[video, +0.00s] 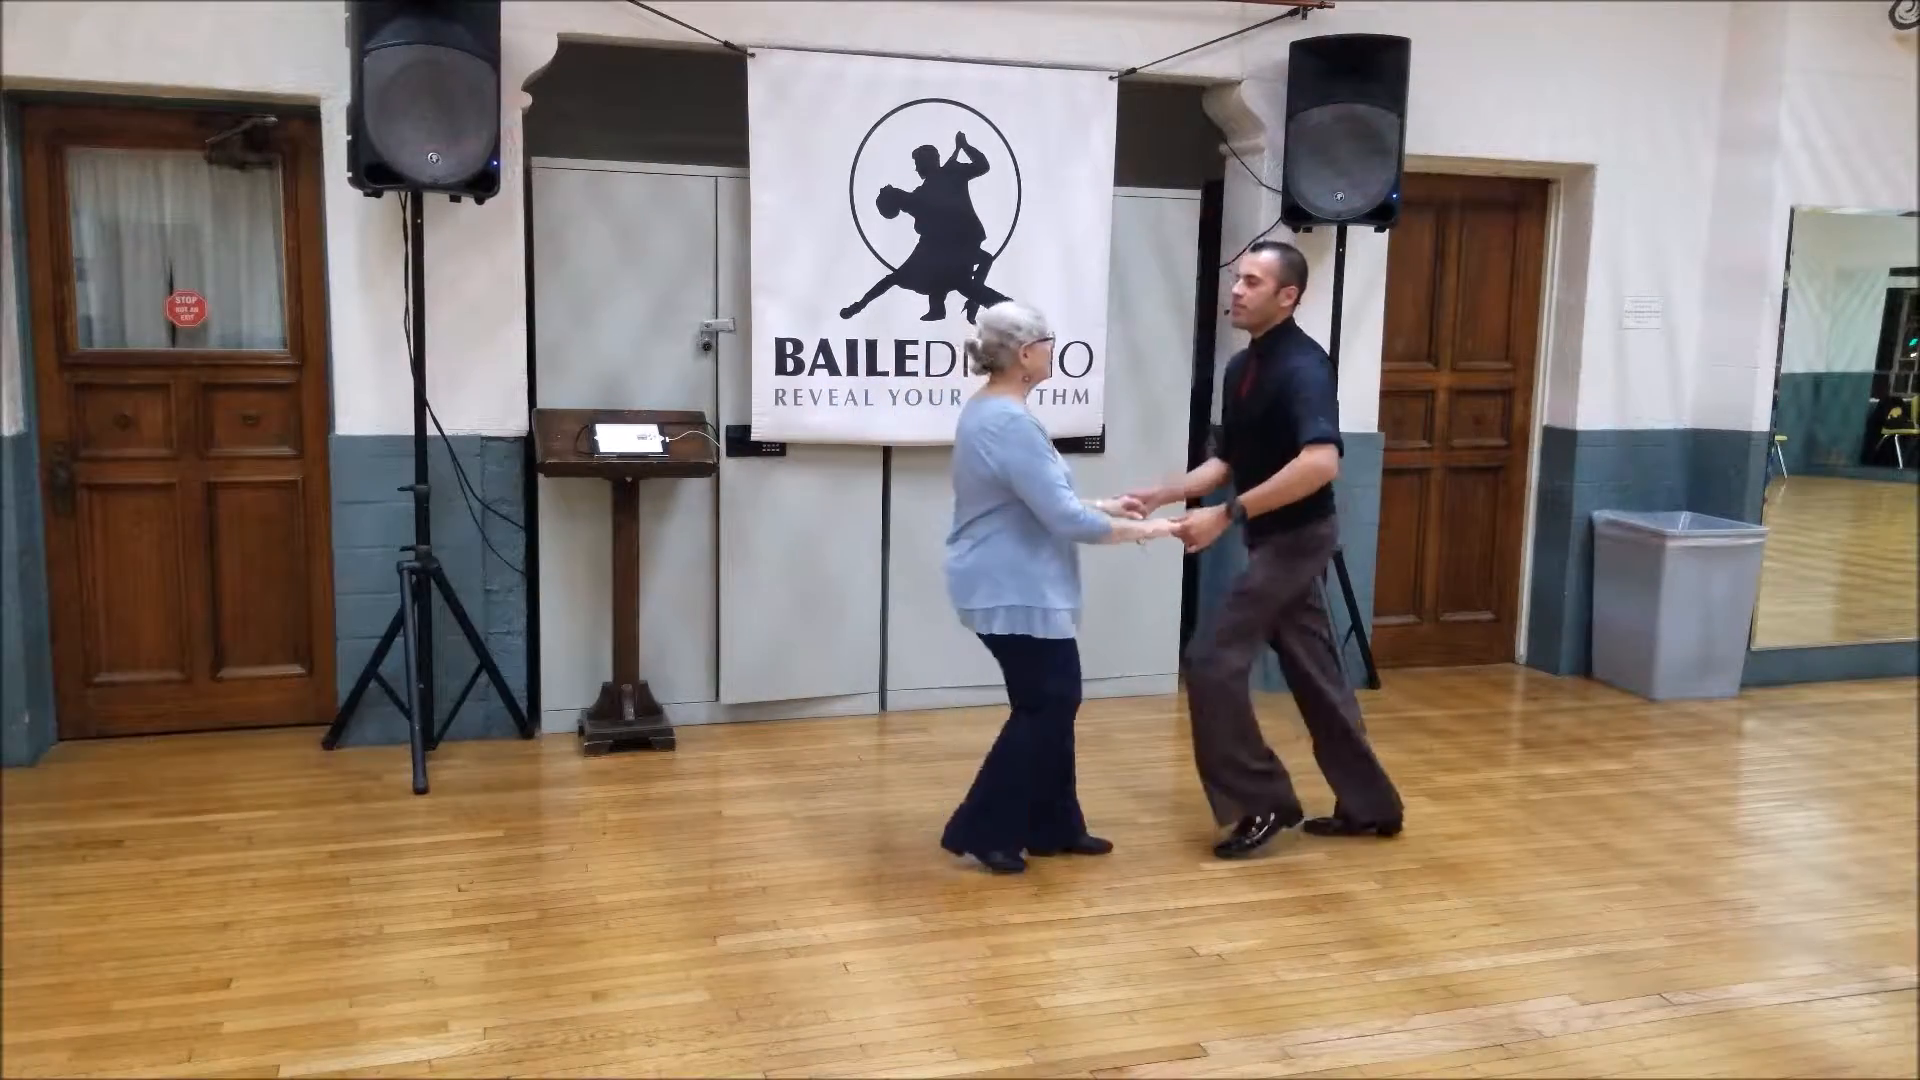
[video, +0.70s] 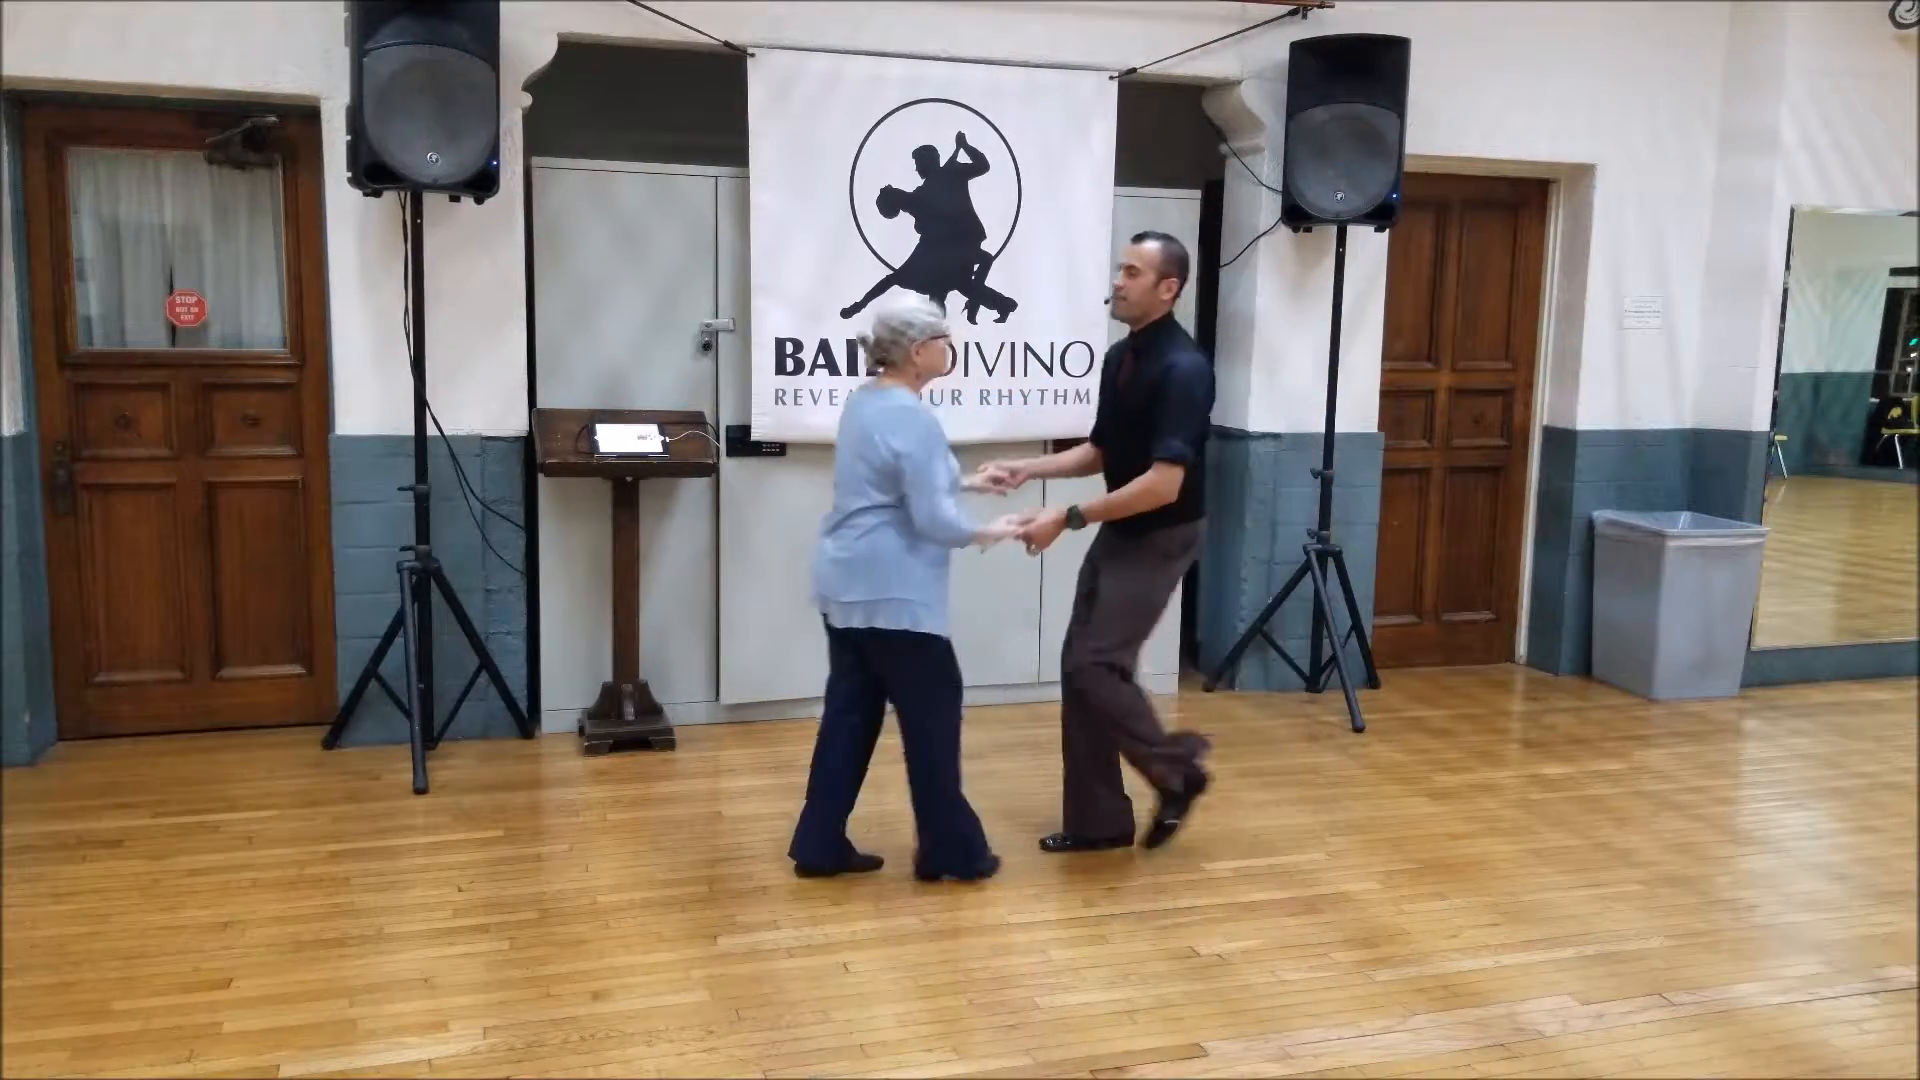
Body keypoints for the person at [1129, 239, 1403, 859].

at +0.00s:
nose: (1235, 290)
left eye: (1251, 283)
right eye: (1236, 279)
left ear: (1288, 296)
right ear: (1238, 285)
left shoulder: (1303, 364)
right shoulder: (1243, 366)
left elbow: (1322, 462)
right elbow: (1232, 459)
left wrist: (1229, 512)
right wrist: (1166, 492)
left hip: (1301, 536)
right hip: (1272, 535)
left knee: (1212, 660)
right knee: (1315, 671)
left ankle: (1265, 803)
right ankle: (1370, 805)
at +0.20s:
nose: (1220, 281)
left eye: (1236, 273)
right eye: (1223, 270)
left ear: (1272, 287)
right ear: (1234, 281)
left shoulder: (1290, 355)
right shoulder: (1229, 353)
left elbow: (1302, 455)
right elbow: (1213, 445)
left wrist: (1208, 478)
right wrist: (1179, 475)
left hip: (1273, 533)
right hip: (1237, 529)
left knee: (1229, 664)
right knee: (1256, 663)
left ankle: (1260, 822)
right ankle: (1346, 781)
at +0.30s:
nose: (1206, 274)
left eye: (1221, 267)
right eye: (1207, 263)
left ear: (1258, 280)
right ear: (1208, 273)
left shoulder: (1275, 353)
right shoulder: (1210, 343)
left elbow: (1272, 463)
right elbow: (1204, 435)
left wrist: (1177, 464)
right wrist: (1157, 461)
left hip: (1261, 531)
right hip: (1213, 527)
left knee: (1251, 676)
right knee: (1194, 663)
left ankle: (1263, 822)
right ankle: (1298, 754)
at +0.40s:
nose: (1187, 274)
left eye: (1202, 266)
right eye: (1189, 262)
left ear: (1238, 279)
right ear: (1199, 273)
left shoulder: (1256, 357)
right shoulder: (1189, 346)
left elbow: (1240, 471)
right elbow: (1173, 437)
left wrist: (1152, 460)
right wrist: (1126, 456)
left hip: (1249, 532)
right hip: (1198, 527)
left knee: (1260, 679)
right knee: (1148, 655)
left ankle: (1270, 823)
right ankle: (1209, 777)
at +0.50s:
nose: (1165, 276)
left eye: (1180, 269)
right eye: (1168, 265)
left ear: (1217, 284)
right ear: (1184, 277)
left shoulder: (1233, 362)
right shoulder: (1170, 347)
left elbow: (1211, 480)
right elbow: (1148, 439)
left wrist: (1120, 464)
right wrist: (1075, 444)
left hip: (1228, 540)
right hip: (1175, 533)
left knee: (1251, 682)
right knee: (1125, 667)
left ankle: (1273, 825)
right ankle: (1118, 817)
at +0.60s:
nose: (1143, 277)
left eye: (1157, 271)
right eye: (1146, 267)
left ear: (1194, 287)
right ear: (1169, 283)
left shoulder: (1210, 366)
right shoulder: (1147, 351)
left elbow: (1188, 485)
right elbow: (1129, 443)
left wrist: (1095, 483)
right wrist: (1051, 443)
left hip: (1199, 537)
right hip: (1149, 532)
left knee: (1197, 678)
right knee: (1105, 666)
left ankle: (1261, 804)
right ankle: (1096, 815)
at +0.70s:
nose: (1117, 282)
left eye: (1132, 274)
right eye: (1119, 271)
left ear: (1169, 288)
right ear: (1135, 285)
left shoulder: (1183, 366)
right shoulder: (1122, 357)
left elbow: (1164, 485)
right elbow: (1101, 451)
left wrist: (1069, 517)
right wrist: (1028, 470)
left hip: (1163, 533)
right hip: (1122, 526)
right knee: (1083, 667)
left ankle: (1179, 772)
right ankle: (1099, 821)